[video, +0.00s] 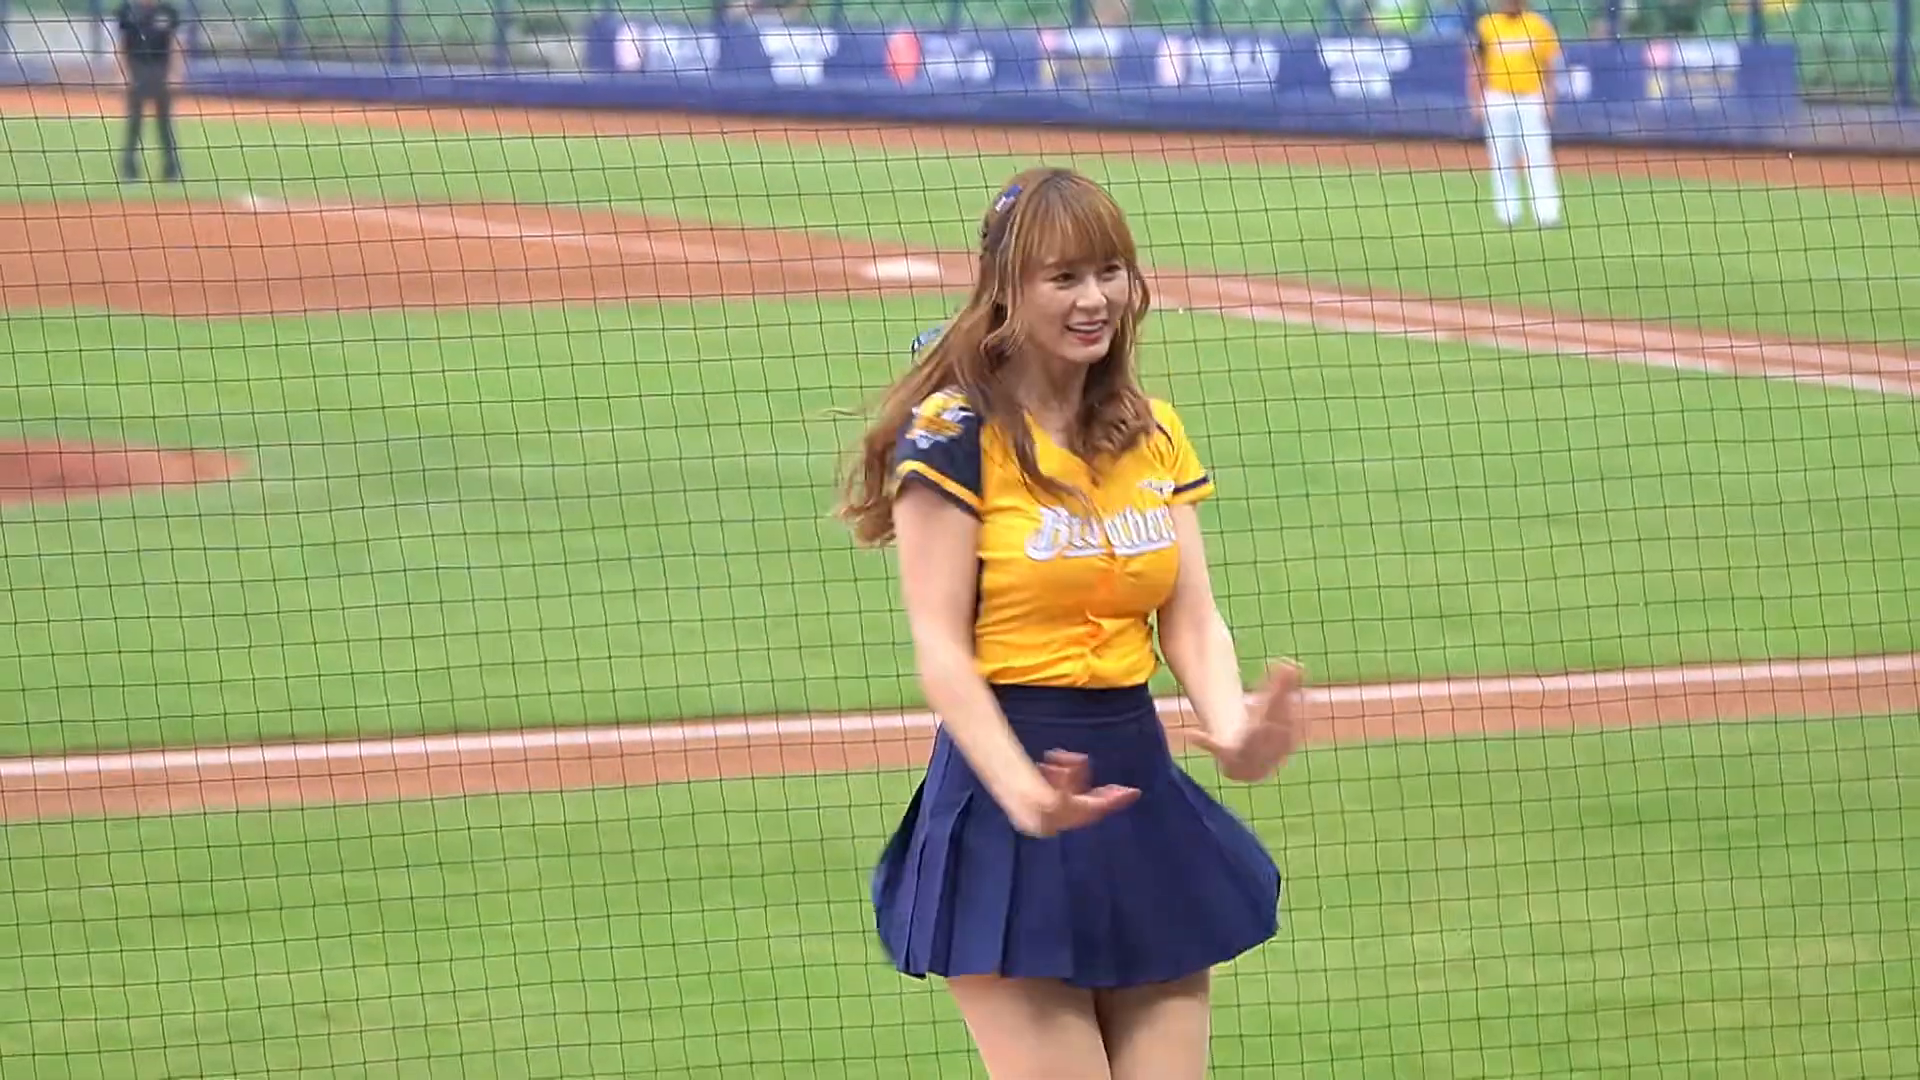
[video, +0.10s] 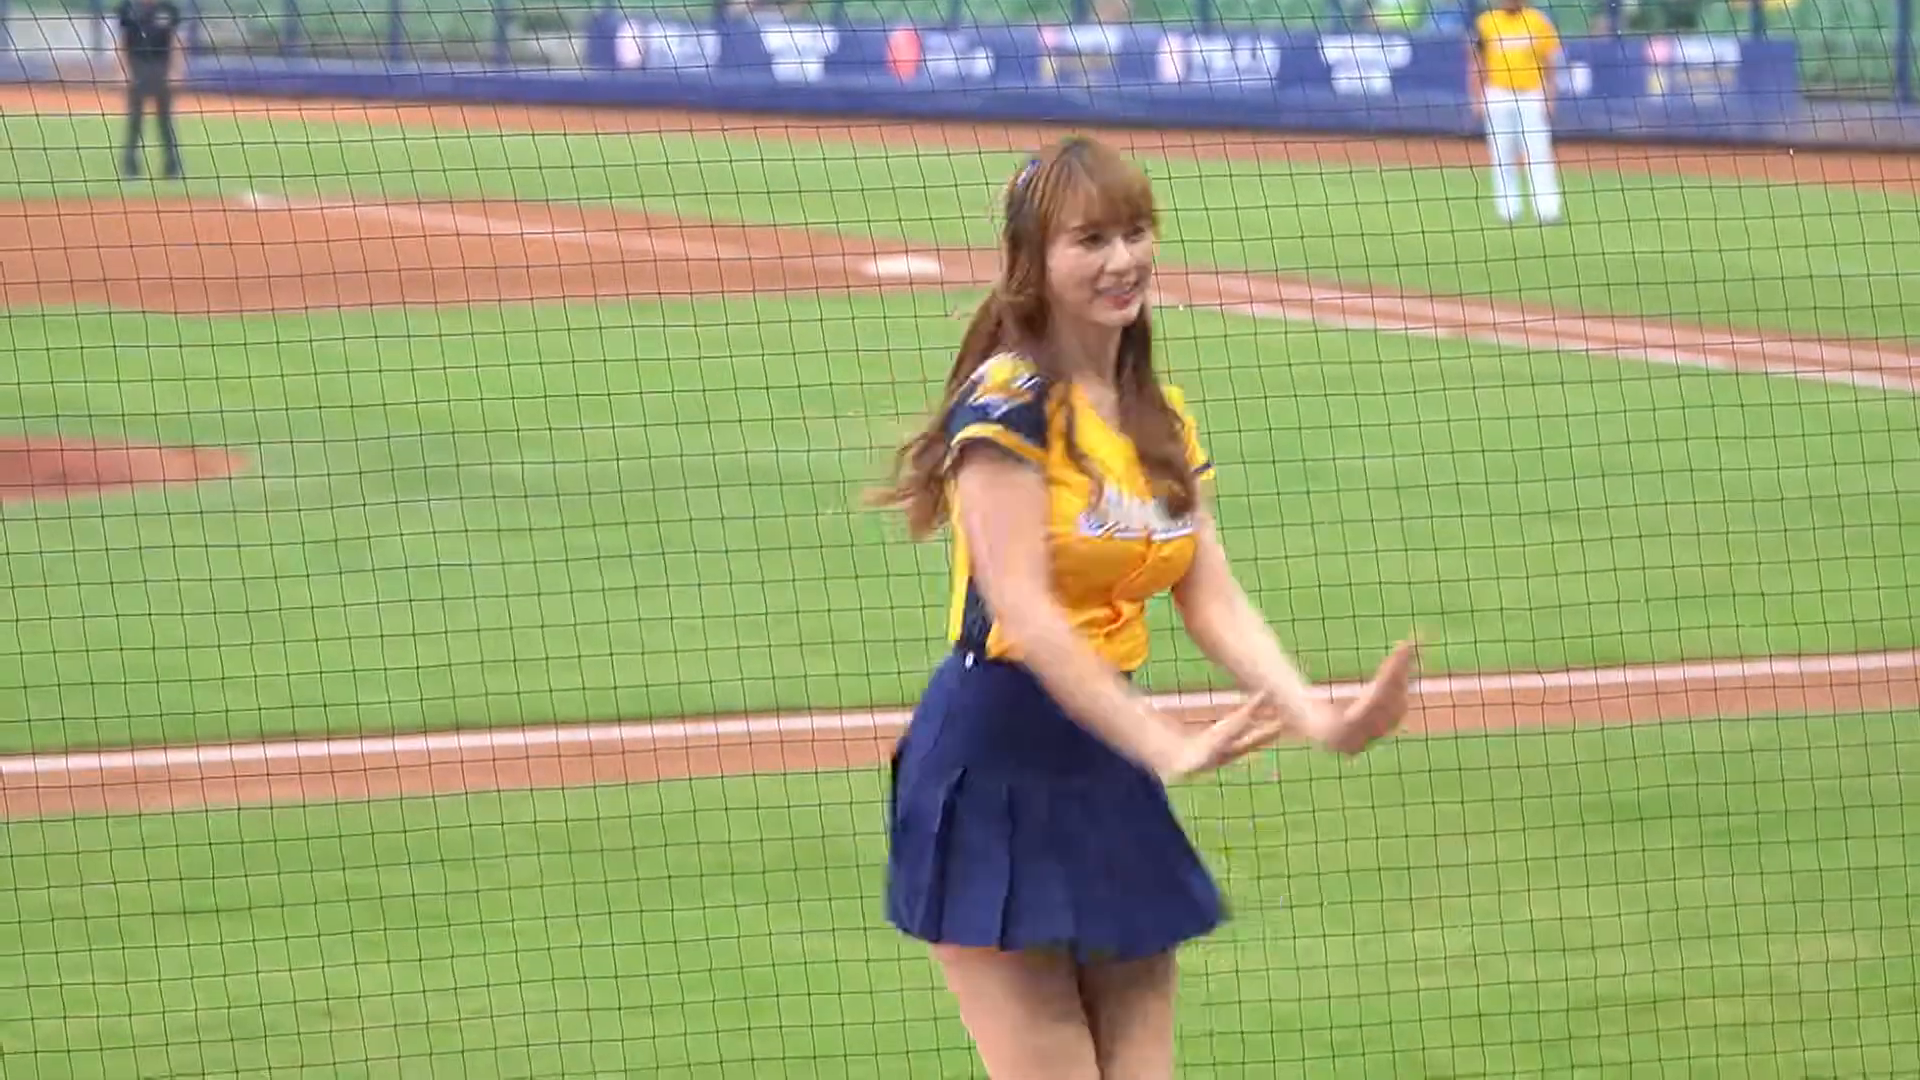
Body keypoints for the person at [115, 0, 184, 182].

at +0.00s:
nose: (147, 1)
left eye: (150, 0)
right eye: (144, 1)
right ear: (138, 0)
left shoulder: (167, 13)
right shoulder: (127, 12)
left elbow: (175, 46)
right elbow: (121, 48)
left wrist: (175, 75)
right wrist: (126, 76)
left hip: (160, 74)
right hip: (136, 74)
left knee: (164, 123)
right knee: (134, 123)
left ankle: (170, 164)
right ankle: (129, 164)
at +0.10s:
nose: (147, 1)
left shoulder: (168, 11)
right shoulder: (128, 10)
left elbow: (175, 44)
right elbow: (122, 46)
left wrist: (175, 72)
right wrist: (127, 73)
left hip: (161, 72)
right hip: (137, 72)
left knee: (165, 121)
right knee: (134, 121)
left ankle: (172, 162)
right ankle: (130, 162)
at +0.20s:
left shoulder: (168, 8)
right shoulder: (129, 8)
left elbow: (176, 40)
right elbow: (126, 42)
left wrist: (176, 69)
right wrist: (129, 71)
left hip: (161, 71)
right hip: (138, 71)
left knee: (166, 118)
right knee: (135, 120)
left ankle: (172, 161)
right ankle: (131, 162)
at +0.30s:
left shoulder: (162, 7)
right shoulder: (122, 9)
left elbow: (171, 37)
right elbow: (116, 40)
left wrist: (170, 67)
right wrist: (121, 68)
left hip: (156, 68)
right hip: (131, 68)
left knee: (159, 115)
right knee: (129, 116)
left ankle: (166, 157)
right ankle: (124, 157)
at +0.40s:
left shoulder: (158, 14)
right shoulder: (120, 12)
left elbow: (170, 36)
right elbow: (113, 40)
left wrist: (169, 65)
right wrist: (119, 67)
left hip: (154, 65)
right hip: (129, 66)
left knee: (158, 113)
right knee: (127, 115)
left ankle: (164, 155)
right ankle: (123, 155)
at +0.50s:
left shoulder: (158, 9)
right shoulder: (119, 9)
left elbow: (168, 33)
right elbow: (112, 36)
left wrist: (167, 62)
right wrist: (118, 64)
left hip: (153, 63)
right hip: (128, 64)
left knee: (156, 110)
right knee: (125, 111)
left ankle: (163, 152)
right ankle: (121, 152)